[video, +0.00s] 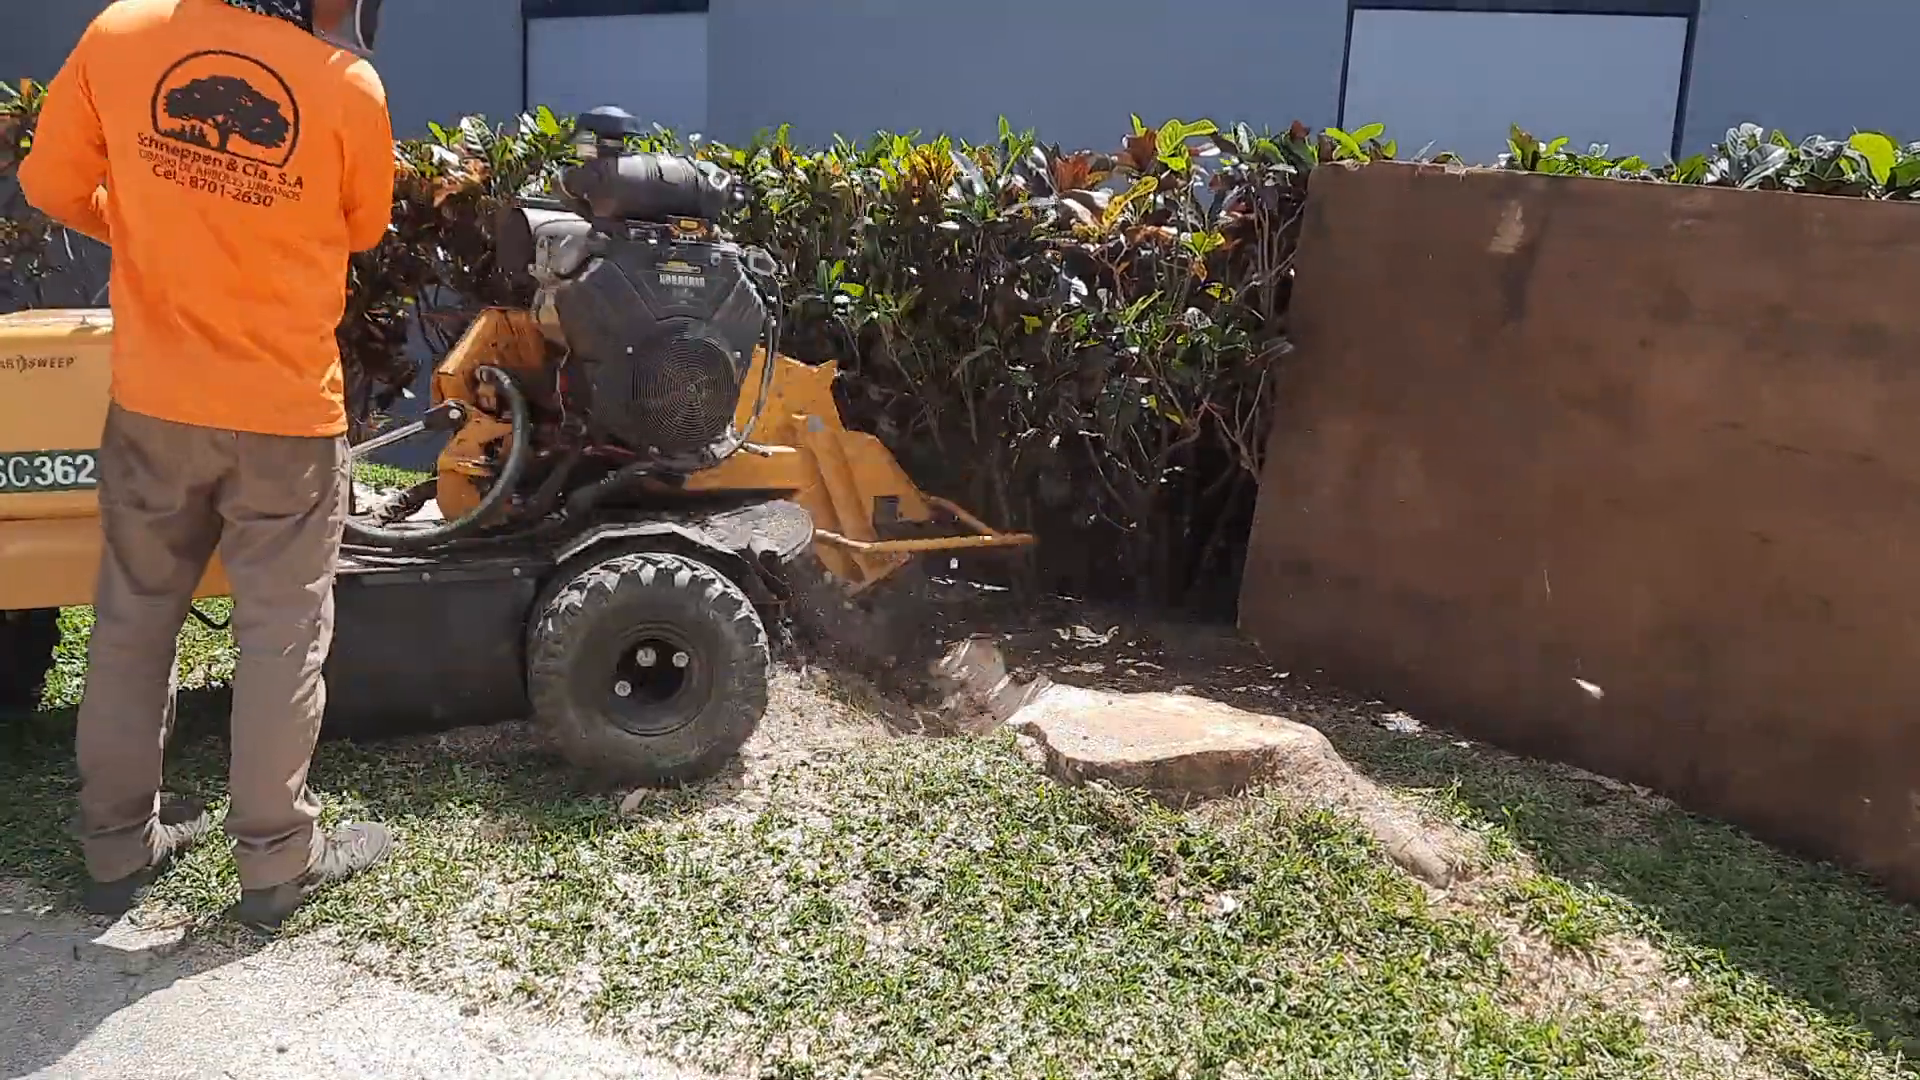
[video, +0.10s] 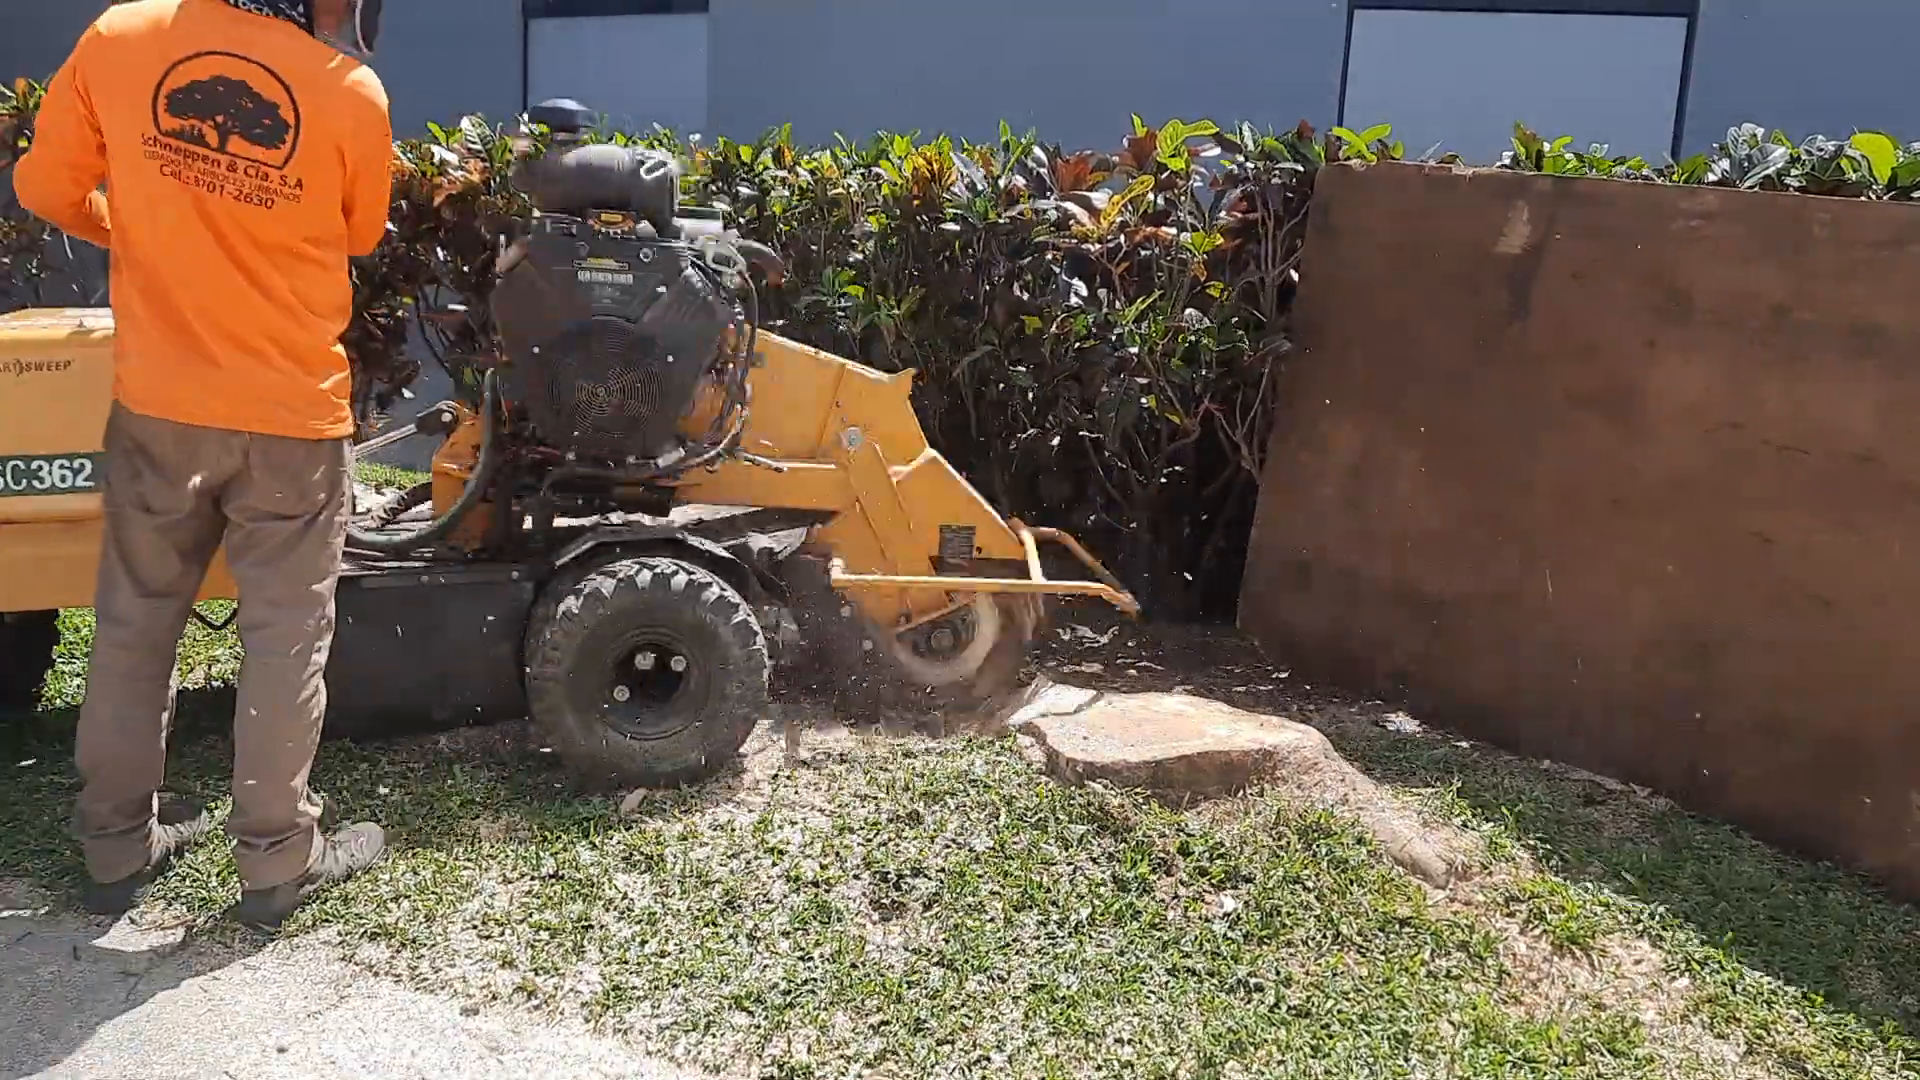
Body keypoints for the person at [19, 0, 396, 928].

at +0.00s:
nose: (358, 17)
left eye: (361, 7)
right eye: (355, 6)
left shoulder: (122, 29)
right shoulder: (347, 83)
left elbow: (49, 183)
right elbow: (363, 225)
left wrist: (141, 222)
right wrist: (268, 212)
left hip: (154, 393)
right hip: (286, 404)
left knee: (134, 617)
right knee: (282, 630)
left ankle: (114, 845)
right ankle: (274, 863)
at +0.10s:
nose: (359, 22)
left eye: (362, 13)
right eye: (357, 11)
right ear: (323, 0)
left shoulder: (121, 34)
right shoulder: (351, 90)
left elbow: (45, 186)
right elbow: (362, 232)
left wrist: (128, 227)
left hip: (158, 395)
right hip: (293, 408)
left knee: (135, 620)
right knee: (287, 633)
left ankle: (113, 850)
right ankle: (277, 862)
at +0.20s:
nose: (358, 19)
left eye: (362, 10)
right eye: (357, 9)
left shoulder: (125, 35)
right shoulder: (353, 85)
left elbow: (48, 187)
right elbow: (351, 218)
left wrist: (136, 236)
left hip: (162, 397)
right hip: (297, 407)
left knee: (137, 623)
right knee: (289, 633)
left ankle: (114, 847)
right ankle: (276, 860)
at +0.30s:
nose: (311, 15)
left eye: (311, 5)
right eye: (308, 4)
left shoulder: (75, 44)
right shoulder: (301, 78)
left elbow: (32, 201)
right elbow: (347, 236)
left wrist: (123, 237)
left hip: (140, 402)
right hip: (271, 410)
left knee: (124, 626)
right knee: (277, 633)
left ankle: (112, 848)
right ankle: (277, 858)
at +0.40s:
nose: (299, 17)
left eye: (300, 9)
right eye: (299, 6)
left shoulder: (68, 41)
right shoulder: (292, 70)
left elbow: (30, 203)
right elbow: (339, 224)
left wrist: (125, 225)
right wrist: (248, 194)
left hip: (137, 399)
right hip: (267, 403)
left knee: (123, 626)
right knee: (276, 636)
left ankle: (113, 846)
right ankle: (276, 862)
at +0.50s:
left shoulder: (74, 48)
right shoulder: (305, 68)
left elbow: (34, 211)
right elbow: (332, 212)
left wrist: (136, 231)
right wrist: (237, 213)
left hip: (142, 401)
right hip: (274, 407)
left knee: (125, 623)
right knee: (276, 633)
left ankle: (113, 849)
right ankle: (276, 861)